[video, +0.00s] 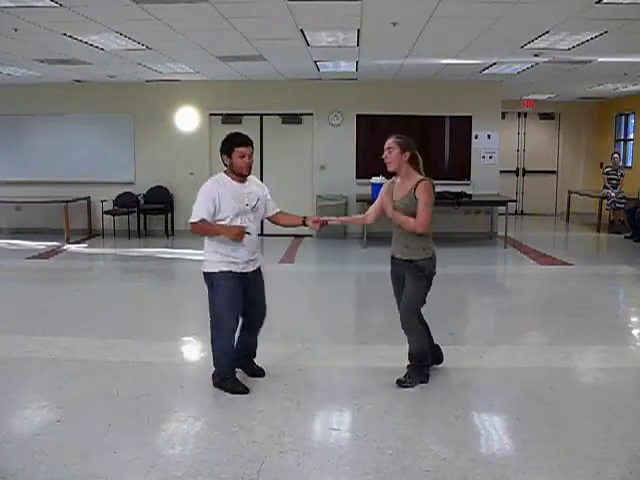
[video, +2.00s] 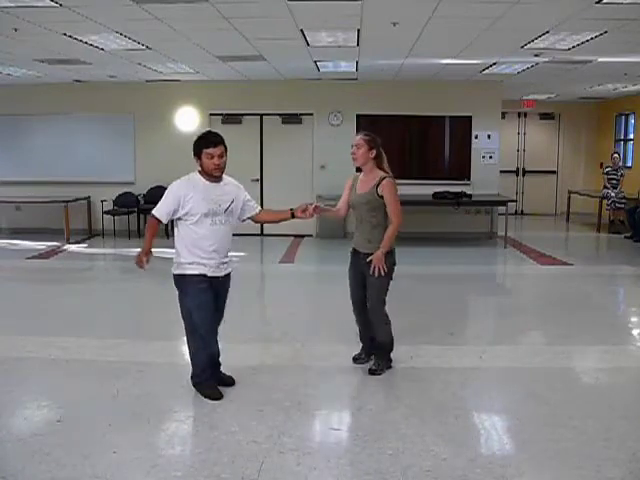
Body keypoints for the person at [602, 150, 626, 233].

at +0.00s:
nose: (615, 160)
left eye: (617, 158)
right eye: (614, 158)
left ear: (619, 160)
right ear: (611, 159)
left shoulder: (621, 171)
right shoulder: (607, 169)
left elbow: (621, 183)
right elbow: (605, 182)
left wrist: (617, 190)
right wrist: (611, 189)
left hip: (617, 188)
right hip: (608, 187)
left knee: (622, 196)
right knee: (611, 196)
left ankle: (621, 217)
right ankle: (611, 217)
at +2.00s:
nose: (615, 160)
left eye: (616, 158)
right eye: (613, 158)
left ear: (619, 160)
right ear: (611, 160)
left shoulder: (621, 170)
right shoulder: (607, 169)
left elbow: (621, 183)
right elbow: (605, 182)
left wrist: (617, 190)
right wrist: (611, 189)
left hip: (617, 188)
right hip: (608, 188)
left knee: (622, 196)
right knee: (612, 196)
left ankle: (621, 218)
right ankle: (612, 218)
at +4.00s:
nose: (615, 160)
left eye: (616, 158)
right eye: (613, 158)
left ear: (619, 160)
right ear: (611, 160)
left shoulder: (621, 170)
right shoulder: (606, 169)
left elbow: (621, 182)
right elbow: (605, 182)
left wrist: (618, 190)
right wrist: (611, 189)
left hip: (617, 188)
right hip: (608, 188)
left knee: (622, 196)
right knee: (611, 196)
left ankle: (621, 217)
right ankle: (611, 216)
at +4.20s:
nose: (615, 160)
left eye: (616, 158)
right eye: (613, 158)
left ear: (619, 160)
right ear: (611, 160)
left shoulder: (621, 170)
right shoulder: (606, 169)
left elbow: (621, 183)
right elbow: (605, 182)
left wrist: (617, 190)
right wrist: (611, 189)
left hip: (617, 188)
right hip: (608, 188)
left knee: (622, 196)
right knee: (611, 196)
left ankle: (621, 216)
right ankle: (611, 216)